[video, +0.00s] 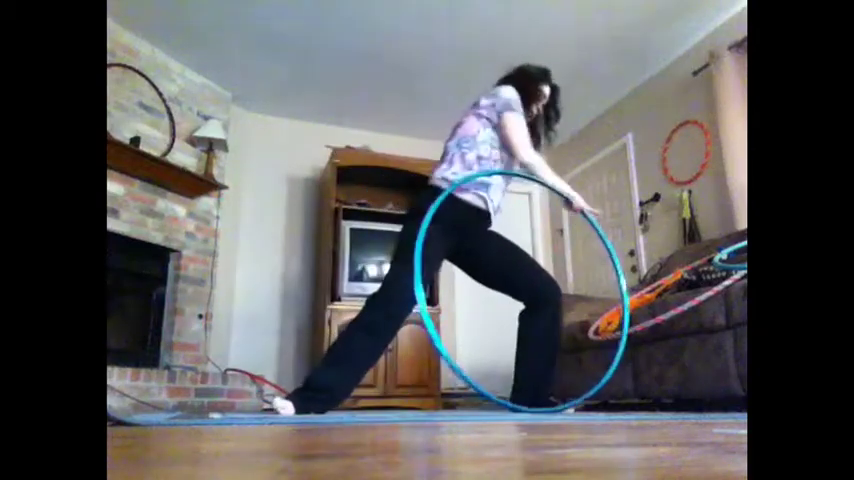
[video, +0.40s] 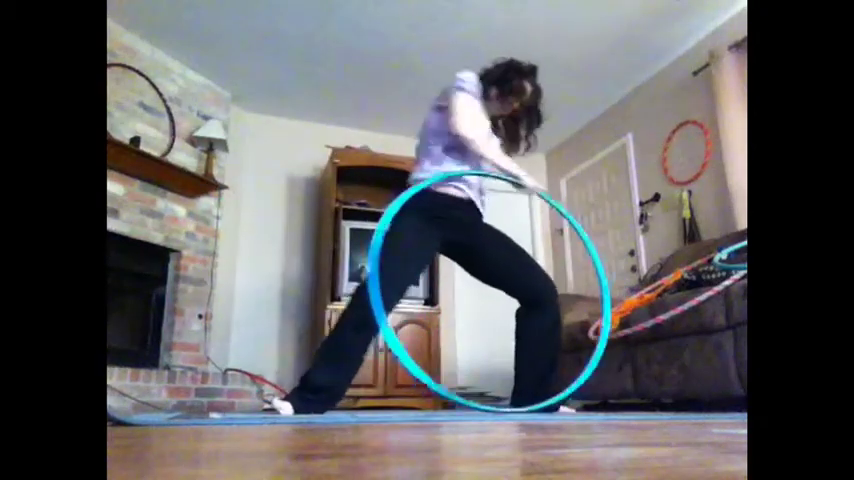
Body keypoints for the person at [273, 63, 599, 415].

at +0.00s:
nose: (542, 105)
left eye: (545, 102)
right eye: (541, 96)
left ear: (536, 105)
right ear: (527, 86)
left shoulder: (507, 125)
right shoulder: (505, 96)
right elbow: (524, 155)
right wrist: (572, 197)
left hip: (472, 228)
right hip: (439, 213)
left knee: (544, 294)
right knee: (391, 306)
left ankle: (532, 401)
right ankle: (306, 402)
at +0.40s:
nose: (507, 112)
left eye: (514, 109)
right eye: (509, 103)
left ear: (514, 107)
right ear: (499, 87)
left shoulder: (487, 124)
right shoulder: (464, 86)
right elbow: (466, 128)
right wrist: (516, 172)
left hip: (465, 220)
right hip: (423, 210)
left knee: (540, 293)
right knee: (375, 299)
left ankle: (533, 404)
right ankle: (307, 401)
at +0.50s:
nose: (492, 107)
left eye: (499, 104)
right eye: (494, 98)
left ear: (502, 102)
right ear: (485, 79)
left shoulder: (482, 125)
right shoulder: (444, 83)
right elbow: (425, 122)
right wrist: (478, 153)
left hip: (459, 216)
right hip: (414, 207)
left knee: (531, 293)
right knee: (360, 301)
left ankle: (535, 402)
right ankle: (301, 401)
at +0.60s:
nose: (472, 87)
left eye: (480, 84)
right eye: (472, 76)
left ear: (483, 86)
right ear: (459, 62)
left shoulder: (469, 110)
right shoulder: (413, 78)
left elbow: (484, 148)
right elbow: (374, 110)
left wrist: (497, 184)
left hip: (454, 213)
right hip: (405, 206)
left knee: (511, 296)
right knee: (345, 290)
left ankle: (531, 397)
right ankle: (300, 396)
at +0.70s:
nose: (456, 71)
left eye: (465, 68)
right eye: (453, 60)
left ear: (470, 73)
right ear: (435, 52)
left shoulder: (458, 104)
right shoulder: (392, 81)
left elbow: (498, 144)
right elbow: (345, 113)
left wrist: (506, 172)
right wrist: (384, 143)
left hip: (445, 210)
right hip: (393, 208)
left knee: (499, 293)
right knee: (334, 288)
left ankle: (533, 397)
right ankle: (298, 395)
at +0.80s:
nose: (433, 63)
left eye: (442, 58)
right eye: (429, 52)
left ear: (449, 64)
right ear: (412, 47)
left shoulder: (444, 97)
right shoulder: (373, 85)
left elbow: (489, 118)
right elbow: (322, 117)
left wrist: (509, 149)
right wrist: (347, 139)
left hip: (437, 209)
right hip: (384, 209)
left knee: (489, 296)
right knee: (324, 286)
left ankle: (531, 398)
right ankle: (297, 395)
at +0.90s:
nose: (399, 54)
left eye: (408, 48)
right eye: (391, 45)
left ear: (418, 54)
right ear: (374, 46)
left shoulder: (423, 90)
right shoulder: (346, 95)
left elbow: (471, 96)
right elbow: (295, 124)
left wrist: (505, 117)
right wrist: (287, 142)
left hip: (426, 207)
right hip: (374, 214)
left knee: (475, 297)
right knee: (312, 281)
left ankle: (531, 400)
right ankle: (291, 397)